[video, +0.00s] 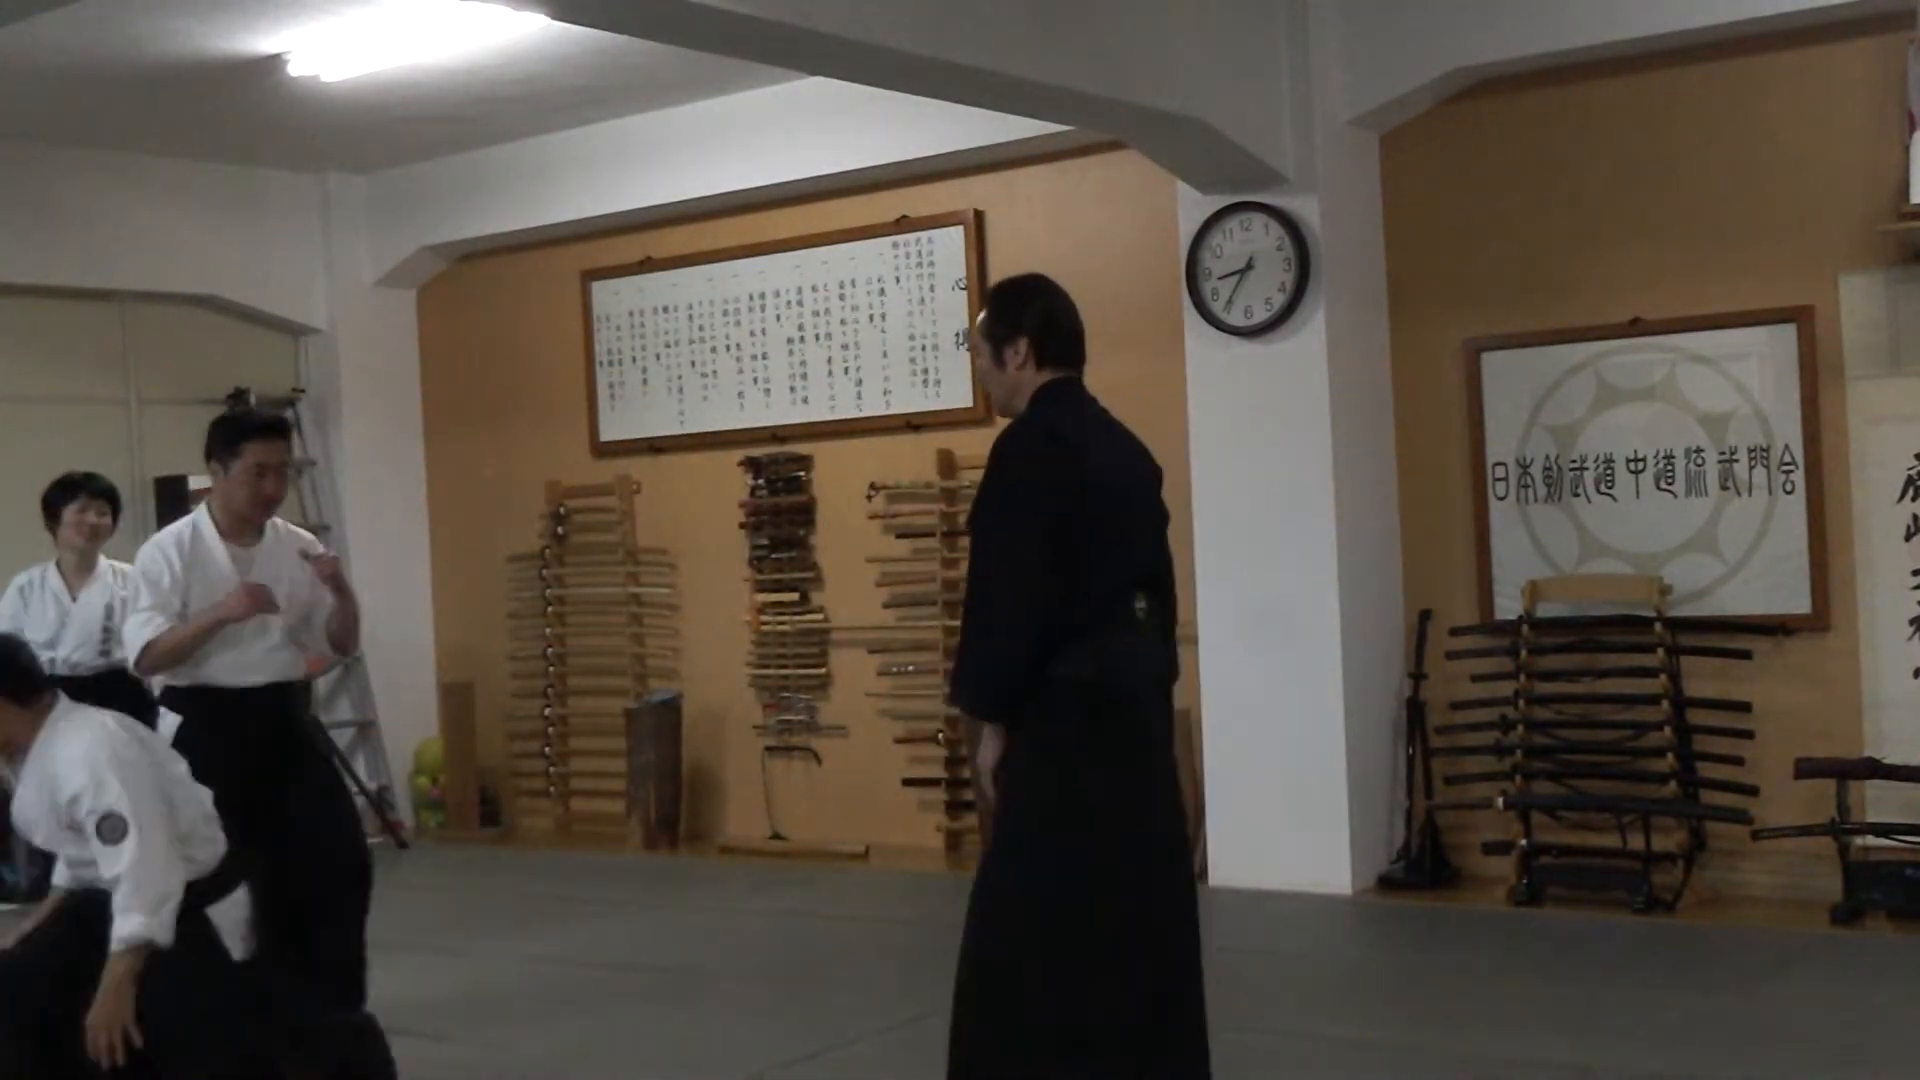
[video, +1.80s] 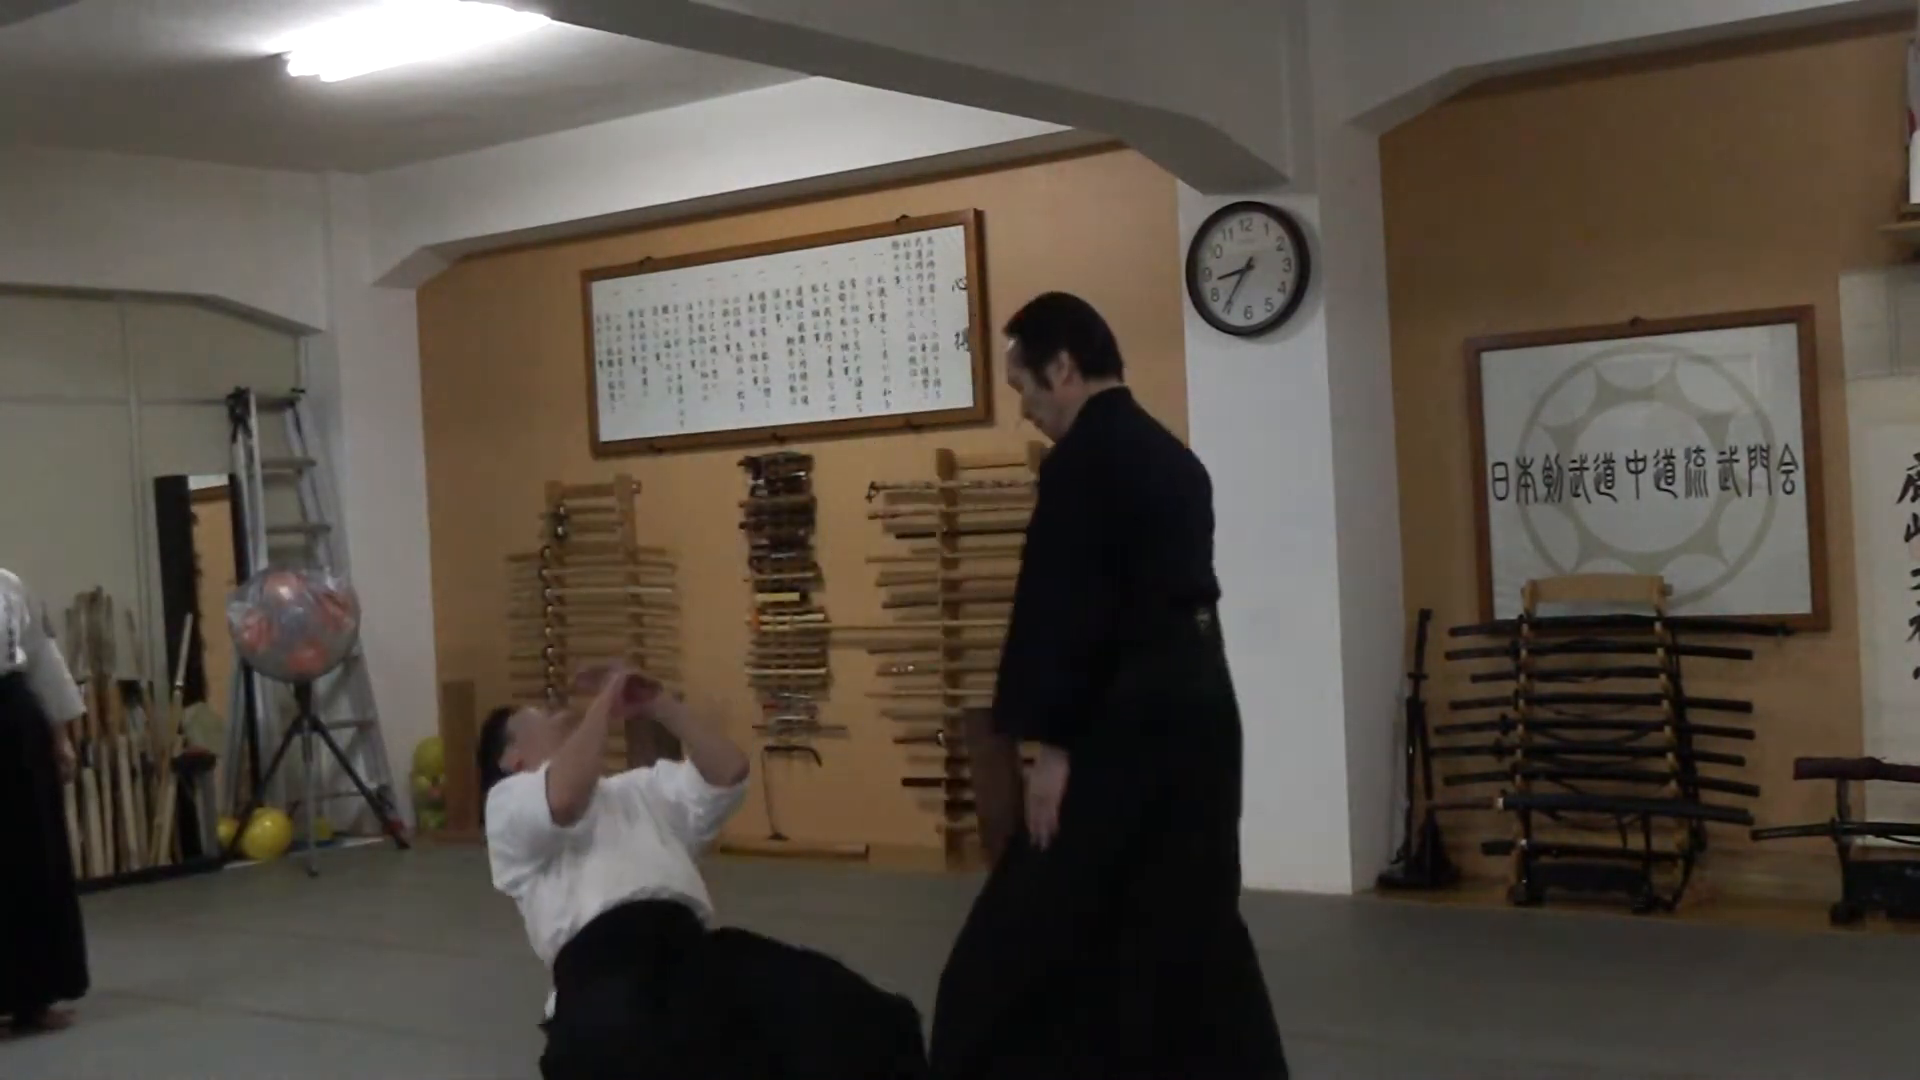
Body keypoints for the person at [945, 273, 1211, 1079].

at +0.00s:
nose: (981, 373)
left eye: (983, 354)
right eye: (979, 355)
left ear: (1020, 352)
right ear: (1059, 352)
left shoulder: (1026, 447)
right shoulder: (1122, 445)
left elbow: (1004, 593)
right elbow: (1153, 597)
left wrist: (992, 722)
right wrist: (1142, 694)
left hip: (1056, 724)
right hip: (1132, 719)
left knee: (1029, 935)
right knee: (1132, 927)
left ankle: (1035, 1069)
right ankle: (1135, 1065)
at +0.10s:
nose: (967, 372)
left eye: (972, 352)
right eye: (967, 354)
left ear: (1008, 352)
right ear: (1043, 353)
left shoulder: (1015, 448)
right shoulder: (1112, 446)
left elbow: (991, 593)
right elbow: (1132, 601)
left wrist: (980, 723)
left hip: (1047, 729)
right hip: (1122, 723)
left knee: (1005, 925)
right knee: (1121, 919)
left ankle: (1009, 1068)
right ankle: (1126, 1064)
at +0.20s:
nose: (955, 374)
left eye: (958, 356)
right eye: (953, 357)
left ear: (993, 353)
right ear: (1032, 354)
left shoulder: (1004, 447)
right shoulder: (1097, 447)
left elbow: (985, 593)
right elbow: (1107, 604)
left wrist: (972, 728)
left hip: (1034, 728)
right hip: (1109, 722)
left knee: (1002, 934)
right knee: (1109, 924)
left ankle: (1009, 1068)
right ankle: (1114, 1065)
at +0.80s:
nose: (872, 378)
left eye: (875, 363)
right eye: (872, 364)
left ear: (901, 361)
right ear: (959, 361)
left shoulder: (885, 459)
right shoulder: (1020, 458)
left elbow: (858, 598)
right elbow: (1027, 597)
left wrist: (856, 731)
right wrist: (1016, 704)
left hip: (926, 716)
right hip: (1011, 709)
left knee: (922, 914)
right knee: (1012, 907)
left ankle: (925, 1063)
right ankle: (1022, 1062)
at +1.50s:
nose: (902, 386)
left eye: (903, 369)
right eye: (901, 370)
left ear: (928, 367)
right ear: (985, 361)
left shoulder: (911, 469)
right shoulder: (1060, 457)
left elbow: (897, 619)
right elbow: (1087, 596)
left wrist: (904, 746)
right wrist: (1052, 681)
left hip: (975, 716)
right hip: (1070, 709)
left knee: (957, 903)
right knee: (1068, 899)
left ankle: (966, 1065)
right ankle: (1081, 1062)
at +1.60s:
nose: (941, 399)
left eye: (941, 381)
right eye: (937, 382)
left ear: (970, 371)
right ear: (1023, 367)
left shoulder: (966, 471)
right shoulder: (1089, 464)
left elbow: (941, 624)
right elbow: (1104, 610)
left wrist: (938, 761)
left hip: (1003, 731)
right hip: (1097, 716)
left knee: (971, 918)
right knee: (1094, 907)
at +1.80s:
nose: (1023, 409)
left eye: (1023, 385)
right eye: (1017, 389)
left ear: (1064, 368)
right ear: (1085, 369)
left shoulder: (1081, 463)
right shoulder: (1175, 458)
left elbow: (1055, 610)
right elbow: (1184, 609)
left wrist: (1048, 744)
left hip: (1116, 739)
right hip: (1199, 723)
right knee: (1192, 928)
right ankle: (1216, 1069)